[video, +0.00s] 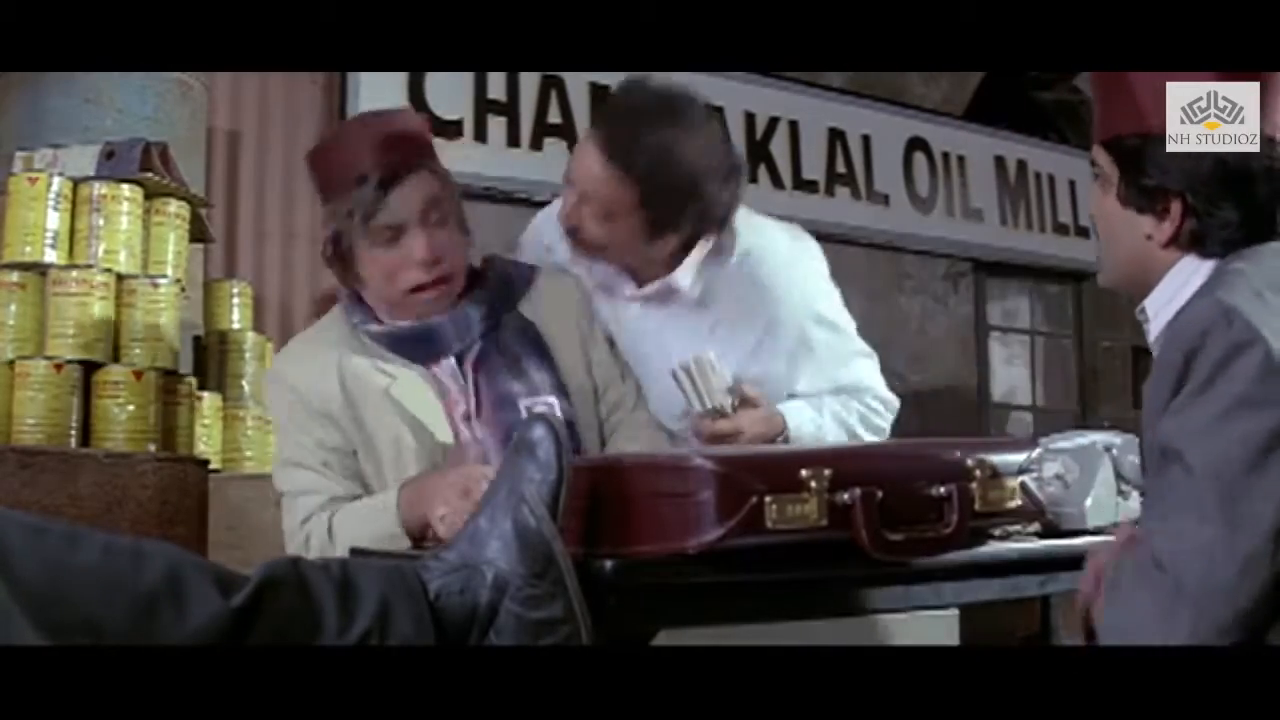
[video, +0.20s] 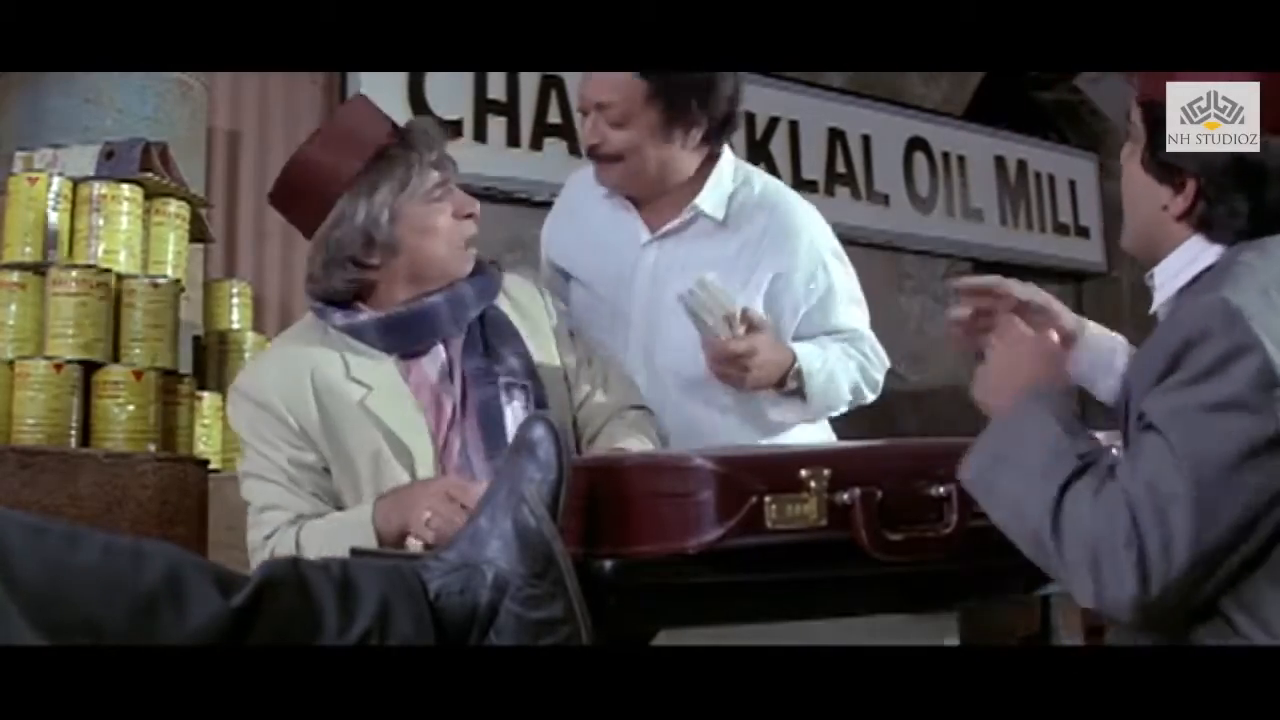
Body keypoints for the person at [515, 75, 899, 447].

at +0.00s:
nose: (565, 216)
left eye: (595, 213)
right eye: (570, 188)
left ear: (670, 229)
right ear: (572, 167)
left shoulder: (779, 272)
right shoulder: (550, 240)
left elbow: (867, 409)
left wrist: (780, 425)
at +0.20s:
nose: (590, 139)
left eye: (614, 121)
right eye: (585, 115)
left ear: (692, 124)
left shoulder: (785, 227)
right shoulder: (578, 201)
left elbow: (860, 361)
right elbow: (553, 337)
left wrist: (789, 366)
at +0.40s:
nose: (597, 113)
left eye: (623, 96)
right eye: (590, 96)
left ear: (694, 100)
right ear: (582, 99)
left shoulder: (776, 203)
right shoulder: (587, 201)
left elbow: (859, 339)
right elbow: (572, 336)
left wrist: (781, 345)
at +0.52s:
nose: (611, 119)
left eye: (636, 99)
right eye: (598, 100)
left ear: (704, 102)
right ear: (589, 103)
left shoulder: (786, 197)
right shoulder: (601, 195)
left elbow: (863, 335)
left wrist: (773, 339)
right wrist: (566, 290)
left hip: (773, 486)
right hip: (633, 481)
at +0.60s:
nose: (633, 131)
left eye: (656, 108)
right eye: (617, 110)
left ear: (720, 104)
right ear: (606, 110)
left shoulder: (800, 198)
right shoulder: (604, 204)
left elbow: (869, 340)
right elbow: (565, 345)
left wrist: (762, 336)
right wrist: (595, 312)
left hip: (784, 489)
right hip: (645, 485)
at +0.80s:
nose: (617, 123)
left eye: (641, 105)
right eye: (616, 103)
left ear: (716, 123)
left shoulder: (807, 200)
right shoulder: (621, 208)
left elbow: (883, 341)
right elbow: (587, 361)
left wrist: (758, 351)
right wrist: (591, 307)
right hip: (661, 496)